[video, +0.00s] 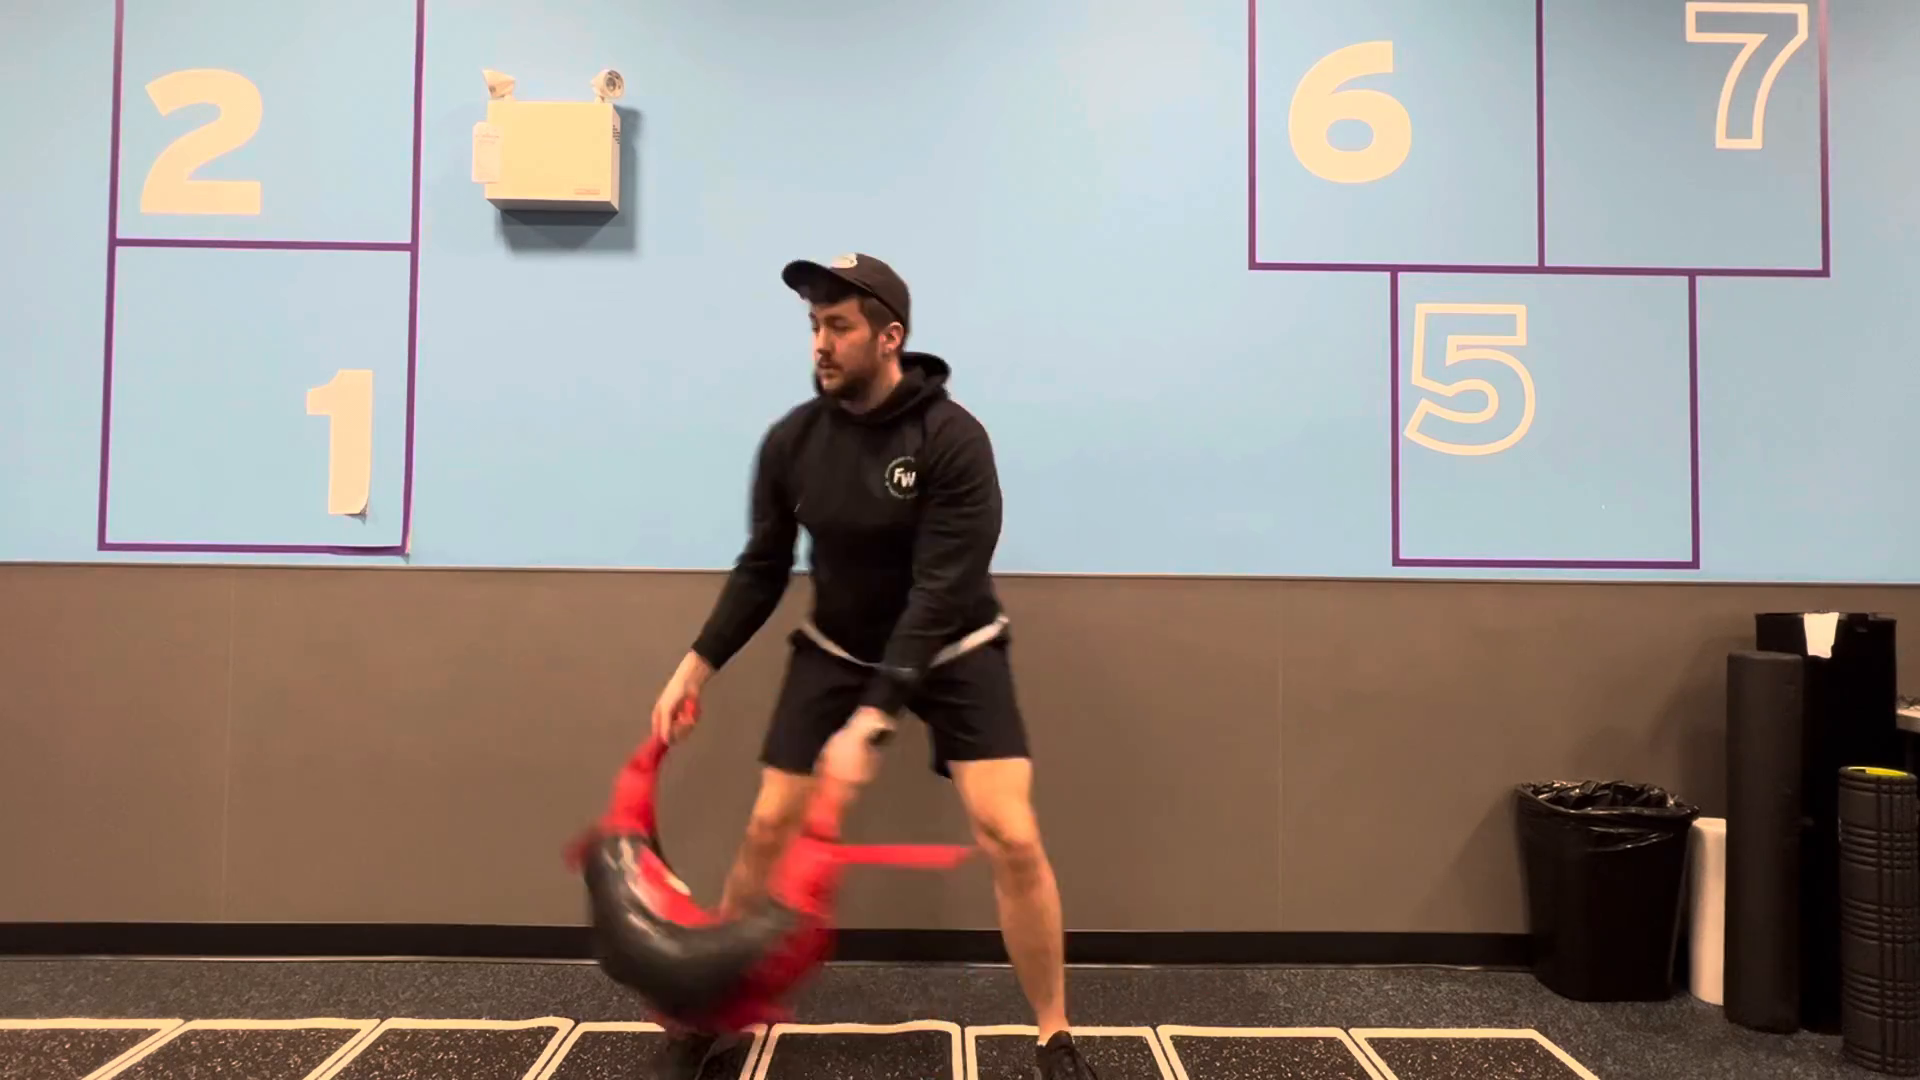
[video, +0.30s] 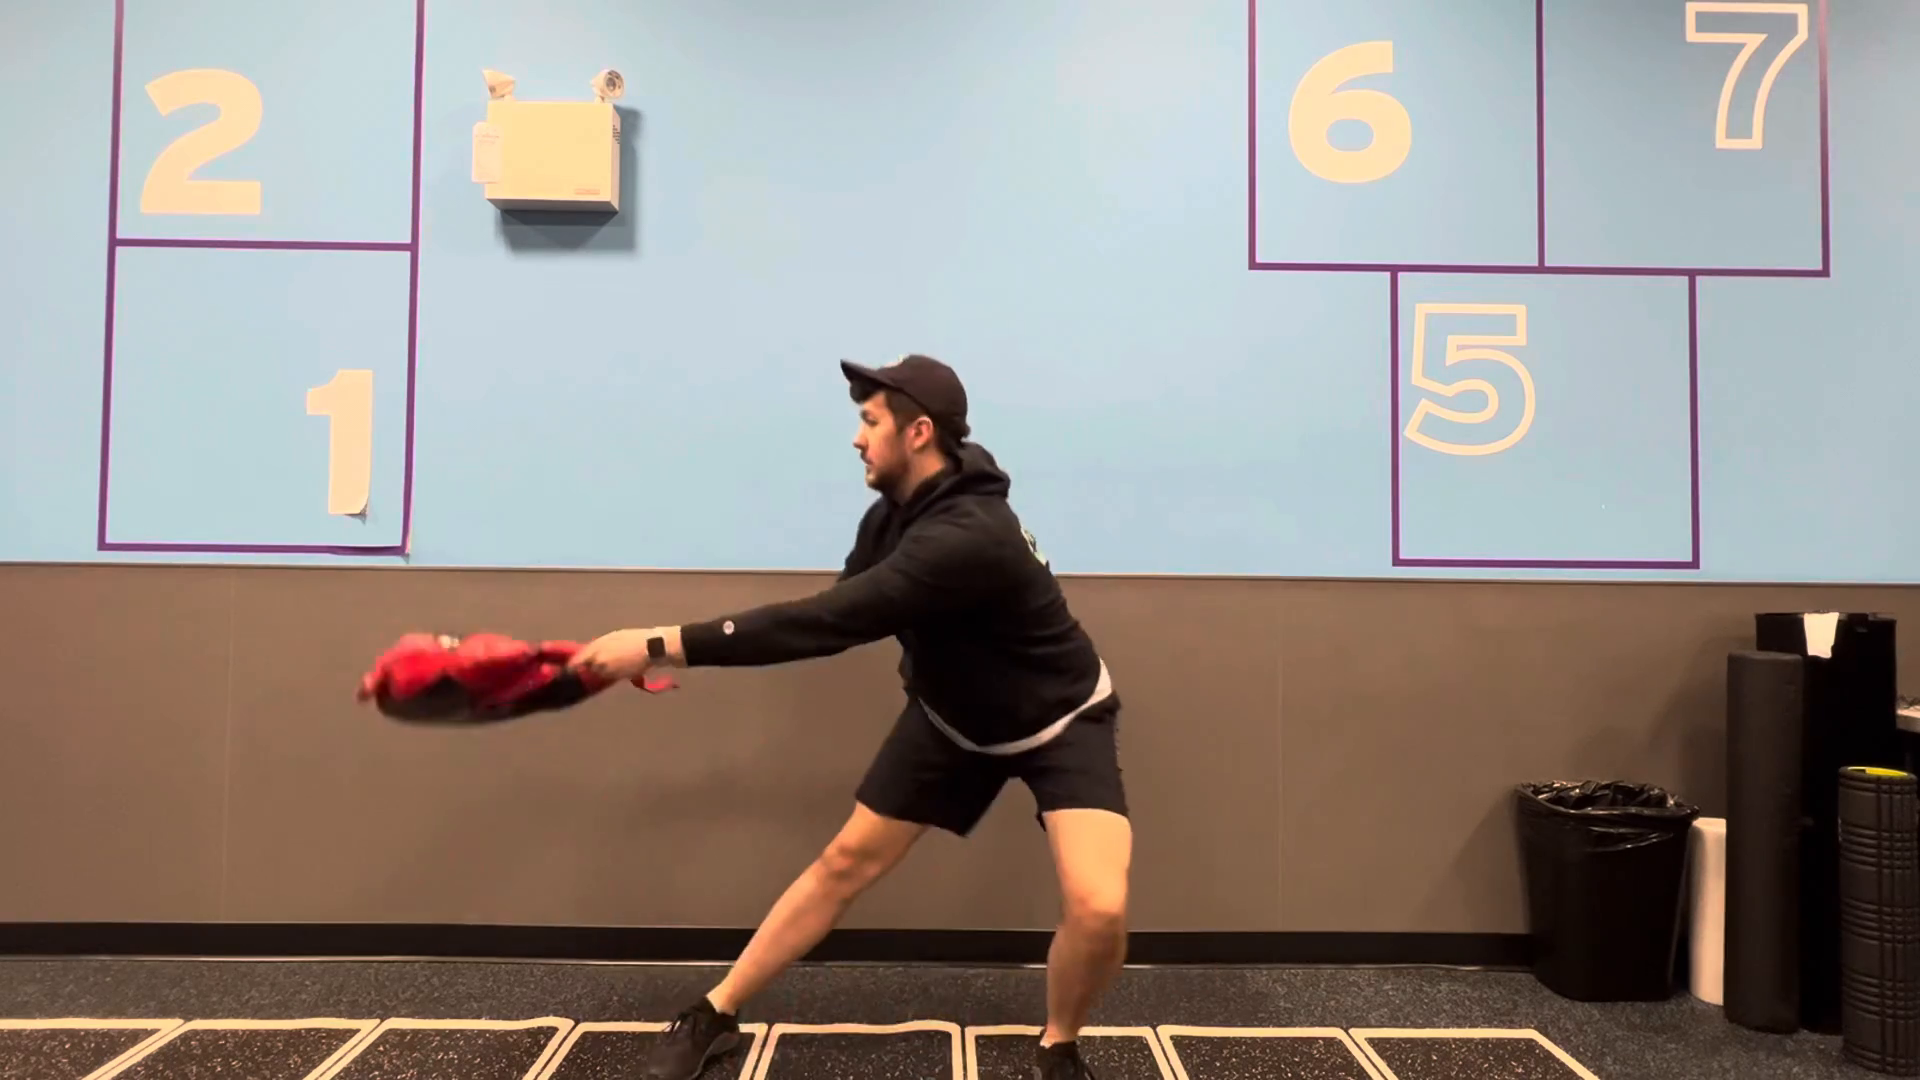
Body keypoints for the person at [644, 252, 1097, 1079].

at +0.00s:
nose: (819, 343)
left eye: (838, 327)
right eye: (815, 326)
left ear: (890, 336)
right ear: (812, 332)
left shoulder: (952, 442)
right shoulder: (790, 443)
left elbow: (939, 596)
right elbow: (761, 567)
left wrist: (867, 721)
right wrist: (695, 666)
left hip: (953, 647)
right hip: (839, 647)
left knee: (1012, 837)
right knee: (767, 824)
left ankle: (1055, 1037)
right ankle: (715, 1015)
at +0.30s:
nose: (858, 439)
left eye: (872, 423)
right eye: (862, 422)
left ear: (920, 432)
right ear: (915, 432)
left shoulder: (967, 533)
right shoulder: (891, 517)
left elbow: (833, 622)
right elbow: (833, 618)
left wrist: (662, 643)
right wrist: (689, 652)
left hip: (1061, 717)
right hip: (948, 713)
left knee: (1102, 908)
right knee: (845, 860)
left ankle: (1060, 1049)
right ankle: (714, 1012)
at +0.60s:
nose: (883, 415)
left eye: (898, 398)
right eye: (884, 399)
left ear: (953, 406)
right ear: (938, 407)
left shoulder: (997, 509)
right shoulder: (893, 500)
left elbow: (882, 624)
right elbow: (852, 600)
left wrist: (735, 658)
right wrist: (738, 650)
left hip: (1052, 706)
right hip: (936, 704)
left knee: (1088, 893)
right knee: (838, 859)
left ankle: (1059, 1048)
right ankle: (715, 1013)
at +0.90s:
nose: (888, 354)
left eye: (903, 337)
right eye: (873, 338)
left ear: (930, 336)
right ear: (849, 339)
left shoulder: (977, 434)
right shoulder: (809, 431)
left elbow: (997, 569)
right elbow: (772, 563)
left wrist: (1000, 698)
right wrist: (767, 694)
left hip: (954, 655)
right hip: (836, 654)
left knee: (1006, 817)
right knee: (782, 823)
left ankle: (1061, 1028)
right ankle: (717, 1004)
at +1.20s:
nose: (885, 394)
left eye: (897, 376)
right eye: (867, 378)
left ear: (912, 364)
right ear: (825, 369)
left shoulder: (935, 432)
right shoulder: (784, 455)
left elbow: (1000, 518)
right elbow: (843, 583)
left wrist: (1096, 593)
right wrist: (978, 641)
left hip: (912, 659)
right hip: (800, 667)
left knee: (973, 821)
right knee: (754, 841)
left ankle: (1046, 1012)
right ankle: (712, 1013)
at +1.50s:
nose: (907, 406)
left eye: (921, 389)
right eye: (889, 390)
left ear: (939, 377)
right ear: (852, 376)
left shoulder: (964, 438)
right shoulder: (811, 460)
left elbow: (1029, 527)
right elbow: (877, 592)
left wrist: (1126, 599)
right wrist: (1020, 644)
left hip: (935, 658)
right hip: (820, 664)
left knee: (994, 822)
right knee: (752, 835)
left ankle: (1047, 1018)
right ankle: (706, 1011)